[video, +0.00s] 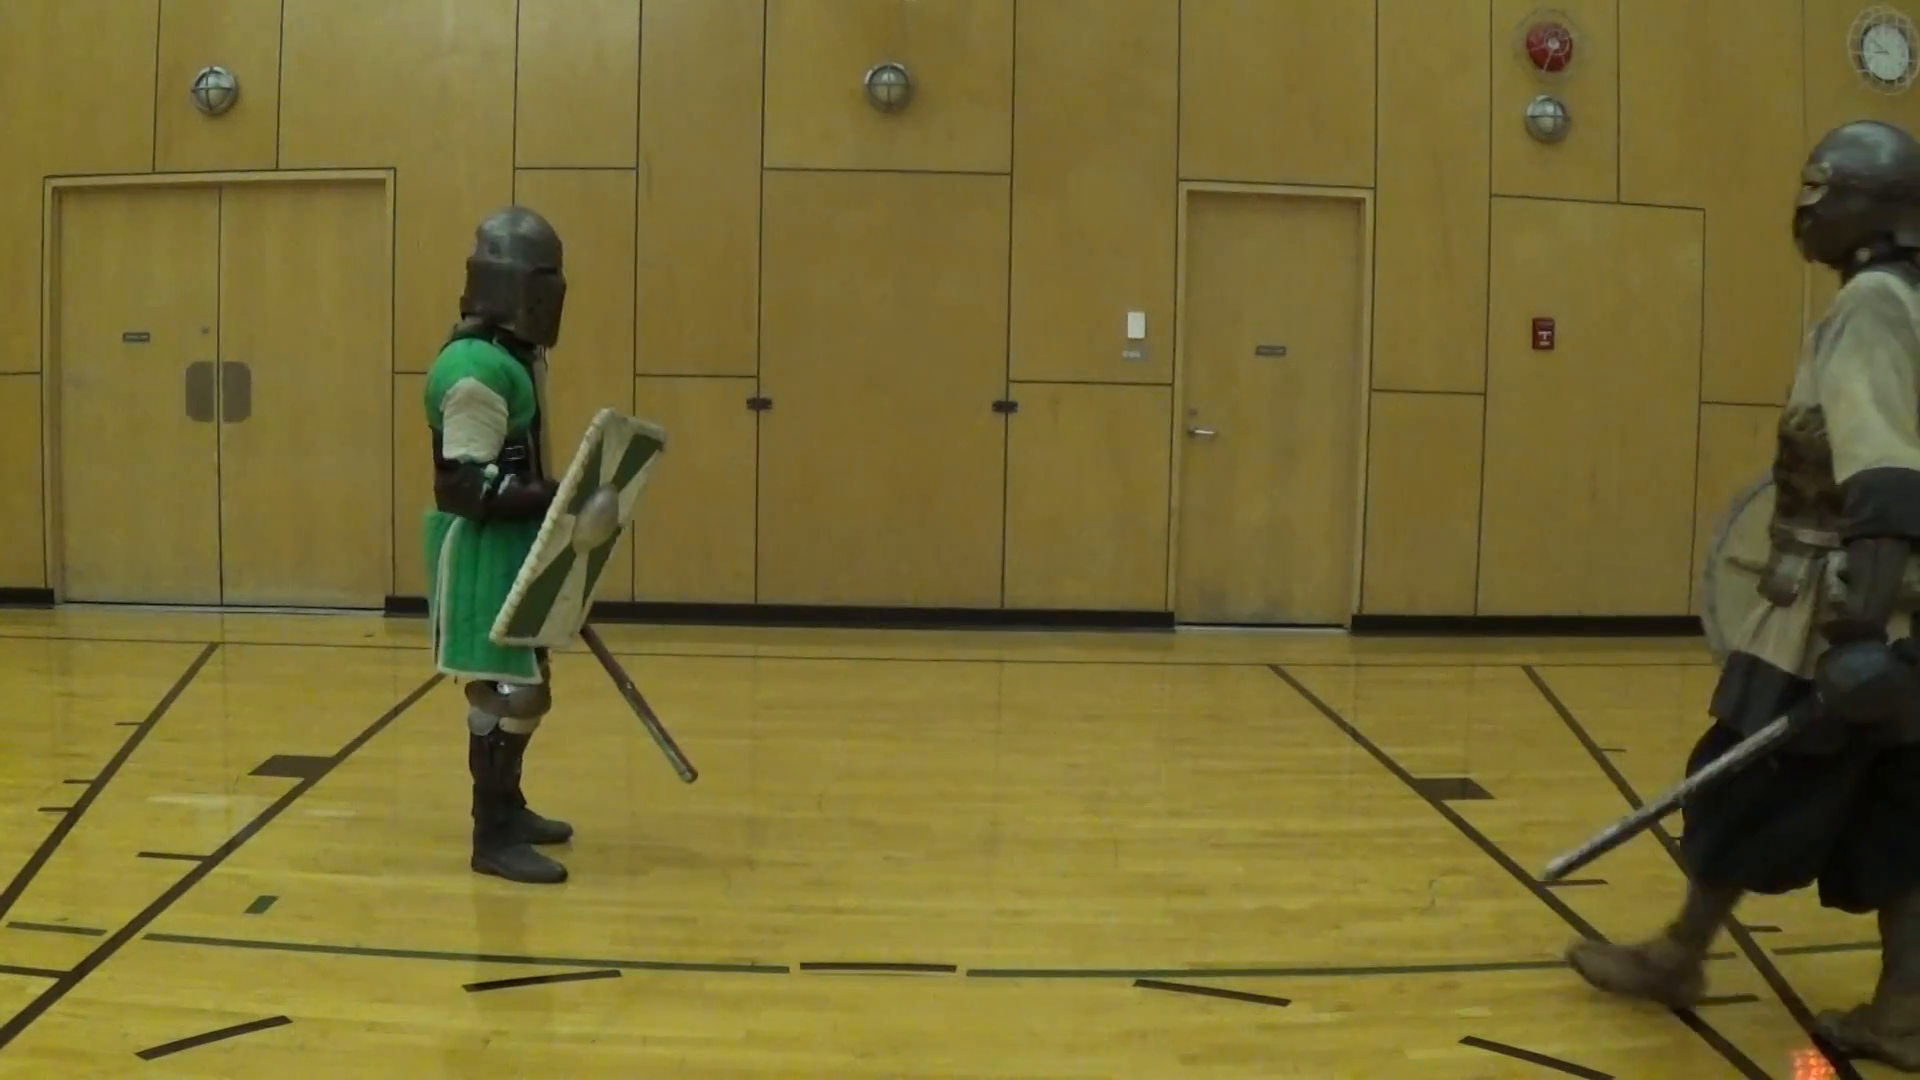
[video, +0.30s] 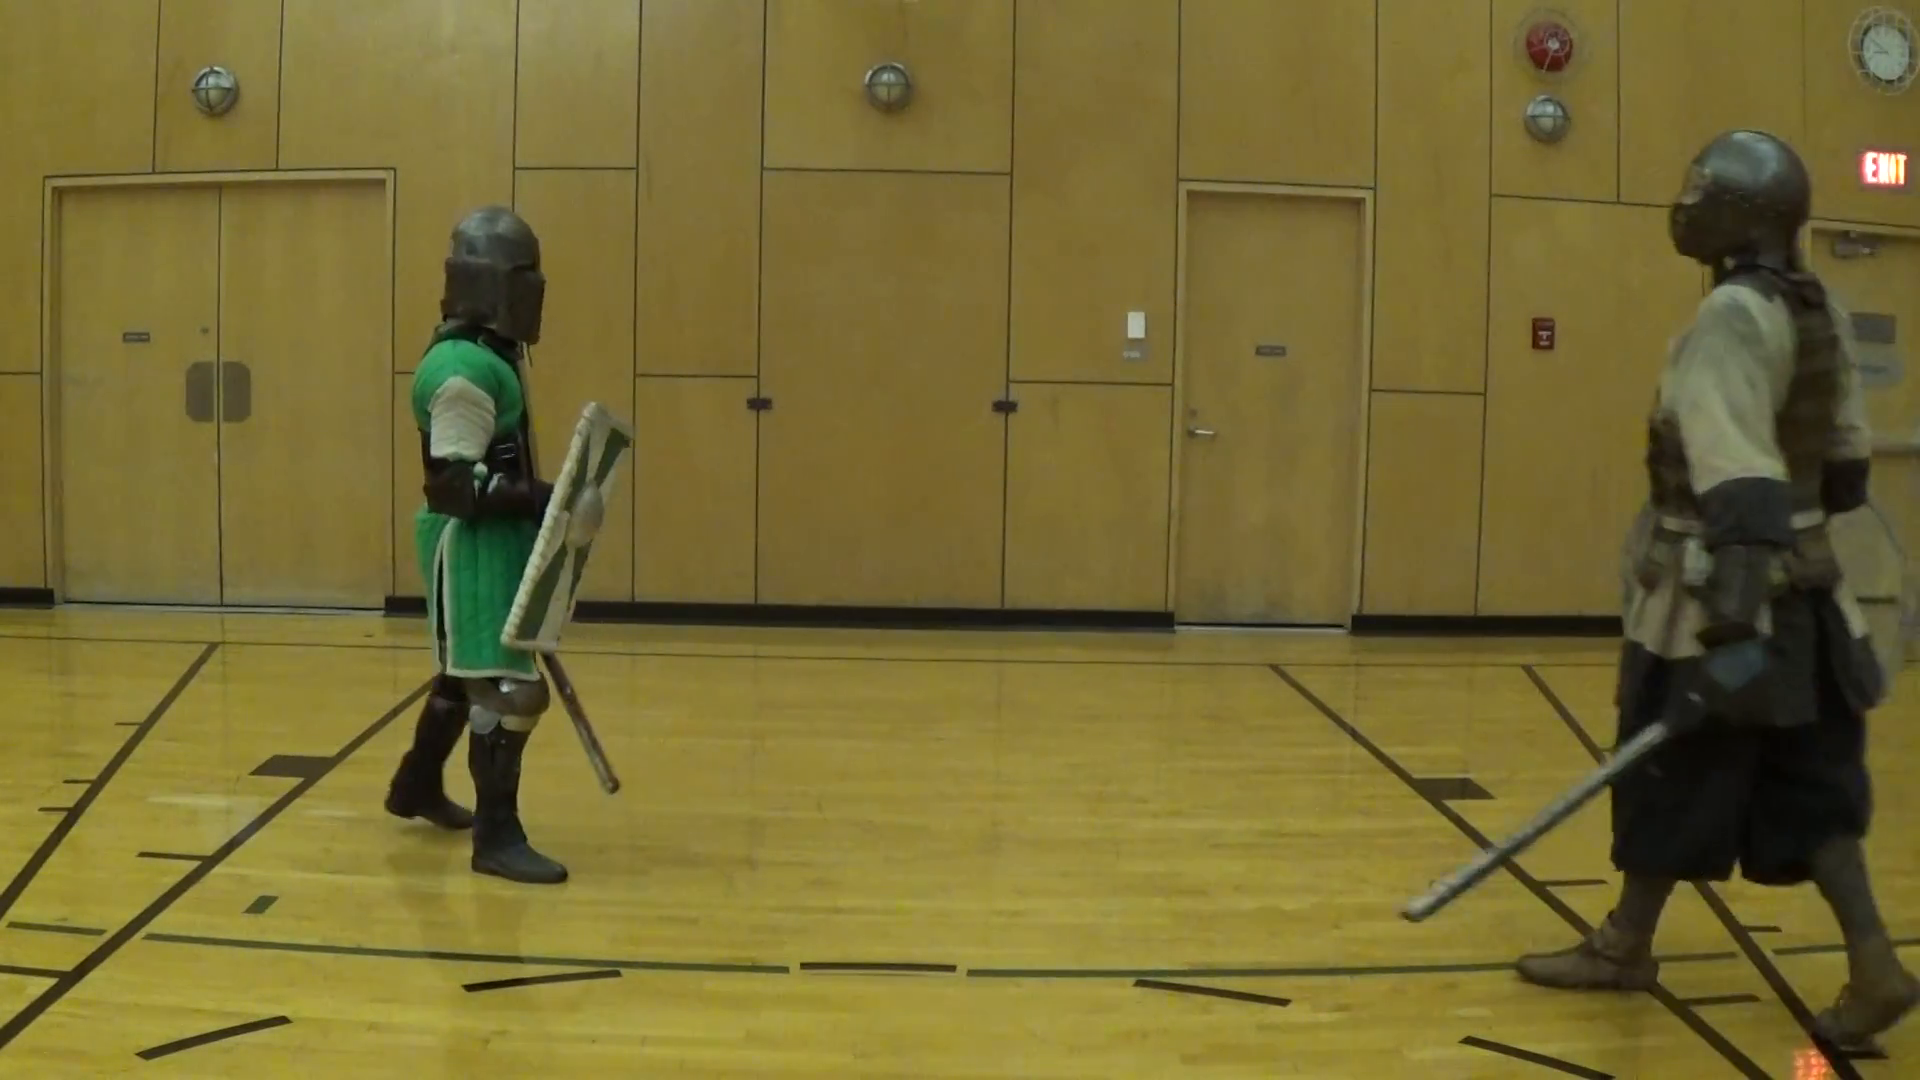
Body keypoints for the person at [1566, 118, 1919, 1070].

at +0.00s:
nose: (1800, 208)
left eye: (1818, 192)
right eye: (1806, 189)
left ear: (1876, 209)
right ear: (1880, 211)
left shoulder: (1876, 307)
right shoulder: (1896, 297)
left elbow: (1888, 477)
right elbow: (1885, 471)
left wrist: (1864, 632)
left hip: (1821, 631)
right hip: (1887, 632)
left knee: (1741, 785)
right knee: (1903, 823)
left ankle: (1679, 953)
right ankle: (1901, 1009)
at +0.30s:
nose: (1679, 206)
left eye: (1695, 193)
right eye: (1687, 191)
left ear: (1740, 212)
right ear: (1772, 216)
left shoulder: (1732, 318)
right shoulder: (1812, 309)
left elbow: (1744, 481)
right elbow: (1846, 468)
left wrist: (1735, 628)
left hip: (1716, 603)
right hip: (1799, 601)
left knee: (1668, 769)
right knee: (1809, 784)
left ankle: (1625, 940)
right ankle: (1876, 967)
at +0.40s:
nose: (1643, 205)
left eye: (1659, 191)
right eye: (1649, 189)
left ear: (1704, 206)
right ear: (1737, 209)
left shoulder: (1689, 310)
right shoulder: (1779, 303)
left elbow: (1688, 482)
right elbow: (1808, 465)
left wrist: (1658, 617)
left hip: (1681, 595)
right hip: (1757, 592)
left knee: (1640, 765)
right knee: (1748, 759)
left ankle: (1623, 942)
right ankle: (1832, 909)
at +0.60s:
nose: (1592, 206)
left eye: (1604, 191)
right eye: (1597, 189)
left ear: (1647, 201)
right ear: (1687, 203)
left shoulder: (1635, 305)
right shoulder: (1728, 293)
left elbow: (1598, 468)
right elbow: (1733, 454)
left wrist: (1526, 583)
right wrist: (1701, 540)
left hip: (1626, 576)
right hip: (1693, 570)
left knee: (1608, 747)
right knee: (1657, 738)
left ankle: (1621, 940)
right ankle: (1705, 904)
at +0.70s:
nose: (1570, 207)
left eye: (1585, 191)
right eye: (1576, 189)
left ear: (1632, 203)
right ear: (1663, 205)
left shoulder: (1622, 301)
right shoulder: (1696, 289)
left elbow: (1575, 469)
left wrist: (1481, 567)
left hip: (1611, 563)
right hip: (1671, 559)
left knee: (1589, 739)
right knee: (1628, 729)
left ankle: (1623, 939)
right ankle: (1618, 901)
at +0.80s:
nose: (1546, 208)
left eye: (1562, 192)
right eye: (1551, 189)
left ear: (1612, 206)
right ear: (1630, 207)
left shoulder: (1610, 300)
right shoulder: (1661, 288)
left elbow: (1567, 469)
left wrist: (1464, 548)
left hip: (1598, 556)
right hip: (1636, 549)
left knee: (1601, 734)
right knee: (1565, 717)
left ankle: (1622, 938)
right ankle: (1535, 883)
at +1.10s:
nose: (1471, 213)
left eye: (1487, 200)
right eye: (1475, 198)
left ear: (1539, 217)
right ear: (1536, 217)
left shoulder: (1555, 302)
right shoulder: (1536, 297)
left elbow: (1581, 452)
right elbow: (1538, 441)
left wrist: (1474, 526)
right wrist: (1461, 505)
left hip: (1536, 573)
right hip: (1498, 567)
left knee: (1564, 745)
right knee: (1460, 724)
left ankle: (1617, 932)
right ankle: (1413, 880)